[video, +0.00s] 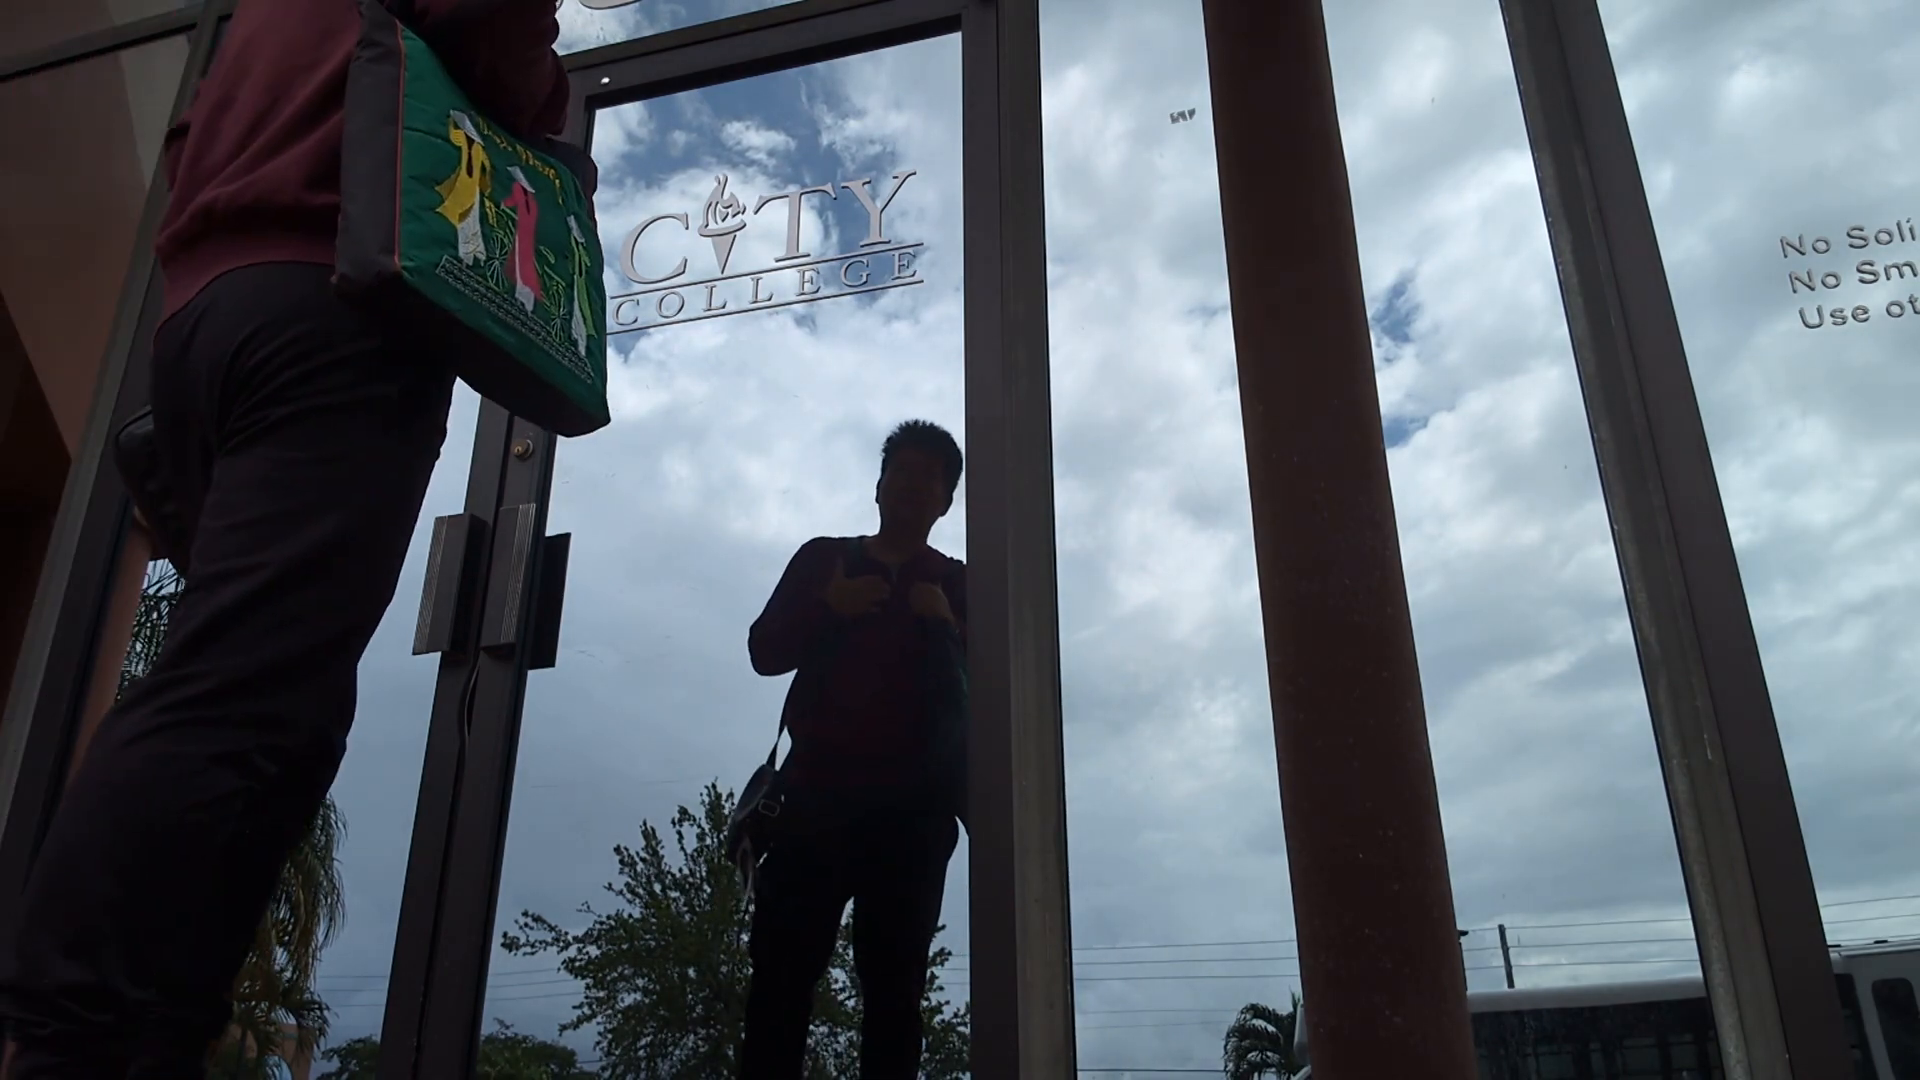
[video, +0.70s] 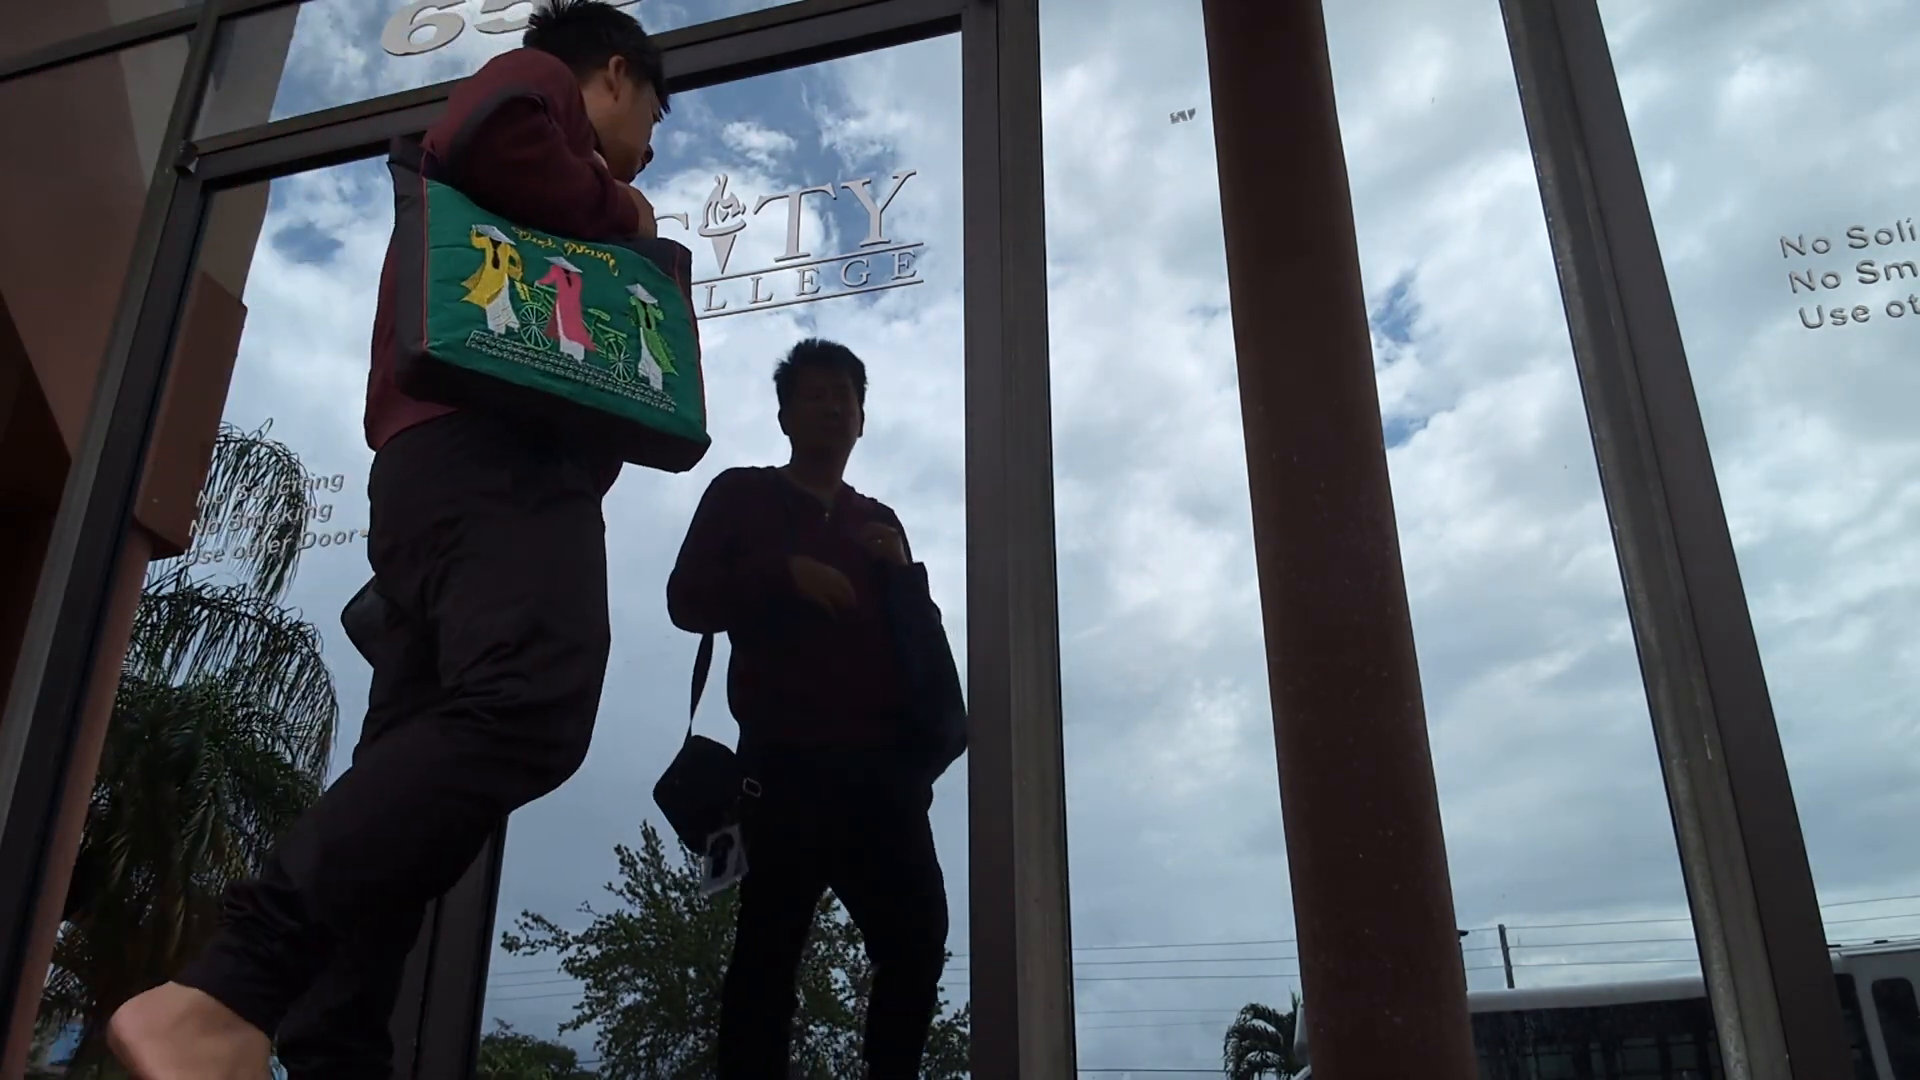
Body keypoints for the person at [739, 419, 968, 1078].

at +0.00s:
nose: (904, 488)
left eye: (923, 479)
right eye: (896, 474)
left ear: (946, 498)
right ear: (879, 481)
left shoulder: (962, 583)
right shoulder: (822, 559)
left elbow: (988, 683)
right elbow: (765, 653)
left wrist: (945, 623)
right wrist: (831, 605)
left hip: (914, 809)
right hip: (815, 799)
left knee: (894, 994)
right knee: (779, 987)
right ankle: (766, 1079)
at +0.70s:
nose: (828, 410)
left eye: (841, 397)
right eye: (811, 397)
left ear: (861, 414)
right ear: (783, 413)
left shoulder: (878, 520)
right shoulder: (739, 493)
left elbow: (923, 639)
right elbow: (686, 602)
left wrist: (901, 570)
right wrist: (784, 574)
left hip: (879, 764)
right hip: (784, 759)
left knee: (916, 944)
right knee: (769, 950)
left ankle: (890, 1073)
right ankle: (751, 1072)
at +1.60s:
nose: (911, 427)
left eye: (914, 410)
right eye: (905, 407)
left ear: (864, 407)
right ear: (860, 400)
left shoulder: (879, 504)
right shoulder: (765, 463)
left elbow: (887, 624)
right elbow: (708, 573)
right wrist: (822, 573)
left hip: (888, 756)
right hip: (800, 749)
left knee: (898, 955)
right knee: (786, 949)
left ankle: (885, 1078)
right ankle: (760, 1073)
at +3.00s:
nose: (876, 426)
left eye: (879, 410)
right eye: (870, 406)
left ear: (833, 405)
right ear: (828, 398)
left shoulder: (847, 507)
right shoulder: (735, 464)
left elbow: (868, 636)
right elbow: (682, 576)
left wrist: (921, 731)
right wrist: (792, 599)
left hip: (865, 758)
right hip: (777, 757)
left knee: (899, 952)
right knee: (765, 961)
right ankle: (748, 1079)